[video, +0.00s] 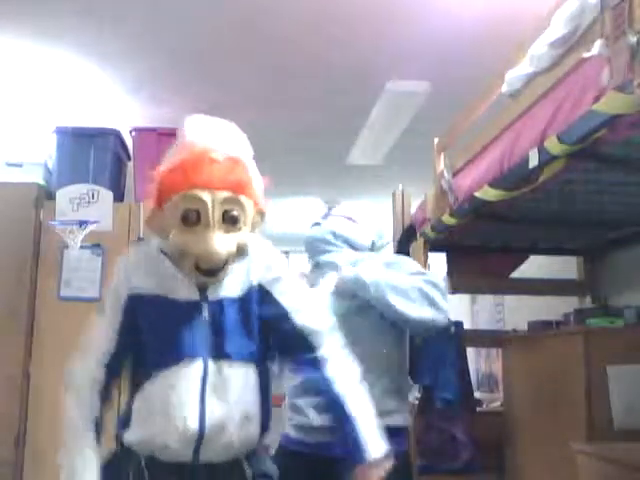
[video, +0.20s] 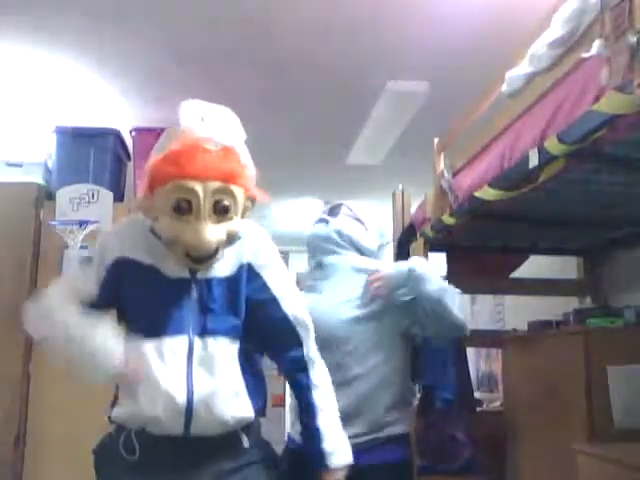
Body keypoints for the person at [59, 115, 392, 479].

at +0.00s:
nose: (211, 241)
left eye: (230, 219)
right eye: (191, 218)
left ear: (254, 223)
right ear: (160, 222)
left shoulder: (266, 279)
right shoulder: (138, 278)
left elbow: (325, 355)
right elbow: (90, 376)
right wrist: (81, 467)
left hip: (236, 464)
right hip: (151, 465)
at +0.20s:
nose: (202, 230)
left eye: (221, 209)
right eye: (182, 207)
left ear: (243, 212)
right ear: (151, 205)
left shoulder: (252, 260)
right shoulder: (122, 251)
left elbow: (299, 354)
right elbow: (51, 309)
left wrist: (328, 451)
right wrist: (109, 352)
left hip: (231, 454)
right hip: (139, 455)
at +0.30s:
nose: (199, 219)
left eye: (219, 198)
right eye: (180, 196)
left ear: (242, 201)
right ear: (151, 194)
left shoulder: (253, 243)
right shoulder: (126, 232)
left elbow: (304, 337)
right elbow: (35, 292)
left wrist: (317, 435)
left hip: (235, 450)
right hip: (139, 450)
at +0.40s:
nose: (203, 198)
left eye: (223, 178)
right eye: (185, 175)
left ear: (247, 186)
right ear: (157, 182)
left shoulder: (257, 244)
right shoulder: (131, 244)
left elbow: (308, 325)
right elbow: (38, 263)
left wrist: (304, 424)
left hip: (238, 448)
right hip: (143, 450)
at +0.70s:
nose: (218, 202)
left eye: (234, 181)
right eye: (196, 179)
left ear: (253, 199)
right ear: (163, 195)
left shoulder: (257, 271)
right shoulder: (129, 261)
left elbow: (297, 376)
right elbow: (71, 285)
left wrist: (323, 467)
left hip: (231, 465)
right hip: (147, 463)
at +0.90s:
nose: (209, 209)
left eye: (228, 191)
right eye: (190, 189)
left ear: (250, 200)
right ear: (162, 196)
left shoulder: (262, 260)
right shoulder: (137, 257)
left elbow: (315, 340)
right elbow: (87, 364)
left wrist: (330, 425)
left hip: (229, 459)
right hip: (147, 457)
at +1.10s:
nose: (211, 218)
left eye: (231, 196)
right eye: (192, 195)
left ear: (256, 199)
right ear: (164, 198)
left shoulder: (279, 270)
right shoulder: (143, 277)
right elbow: (116, 370)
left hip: (243, 450)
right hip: (151, 449)